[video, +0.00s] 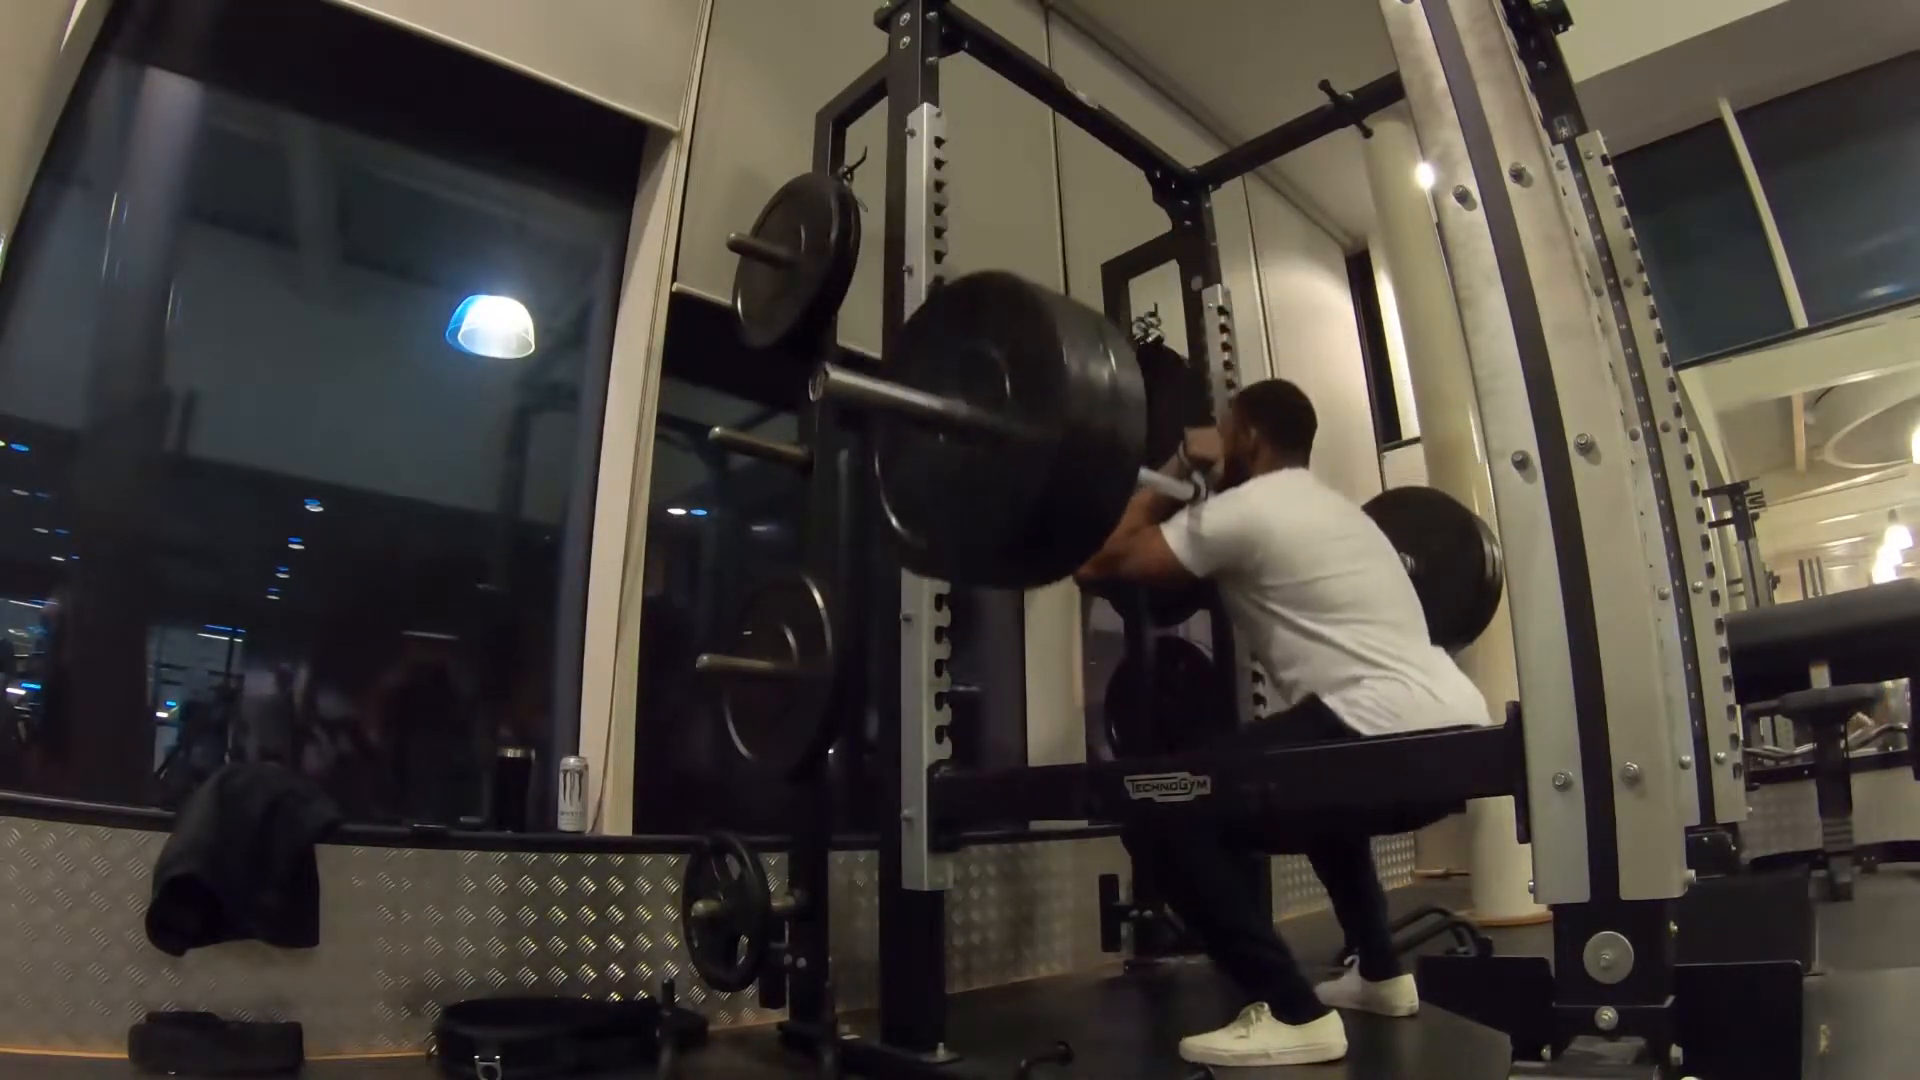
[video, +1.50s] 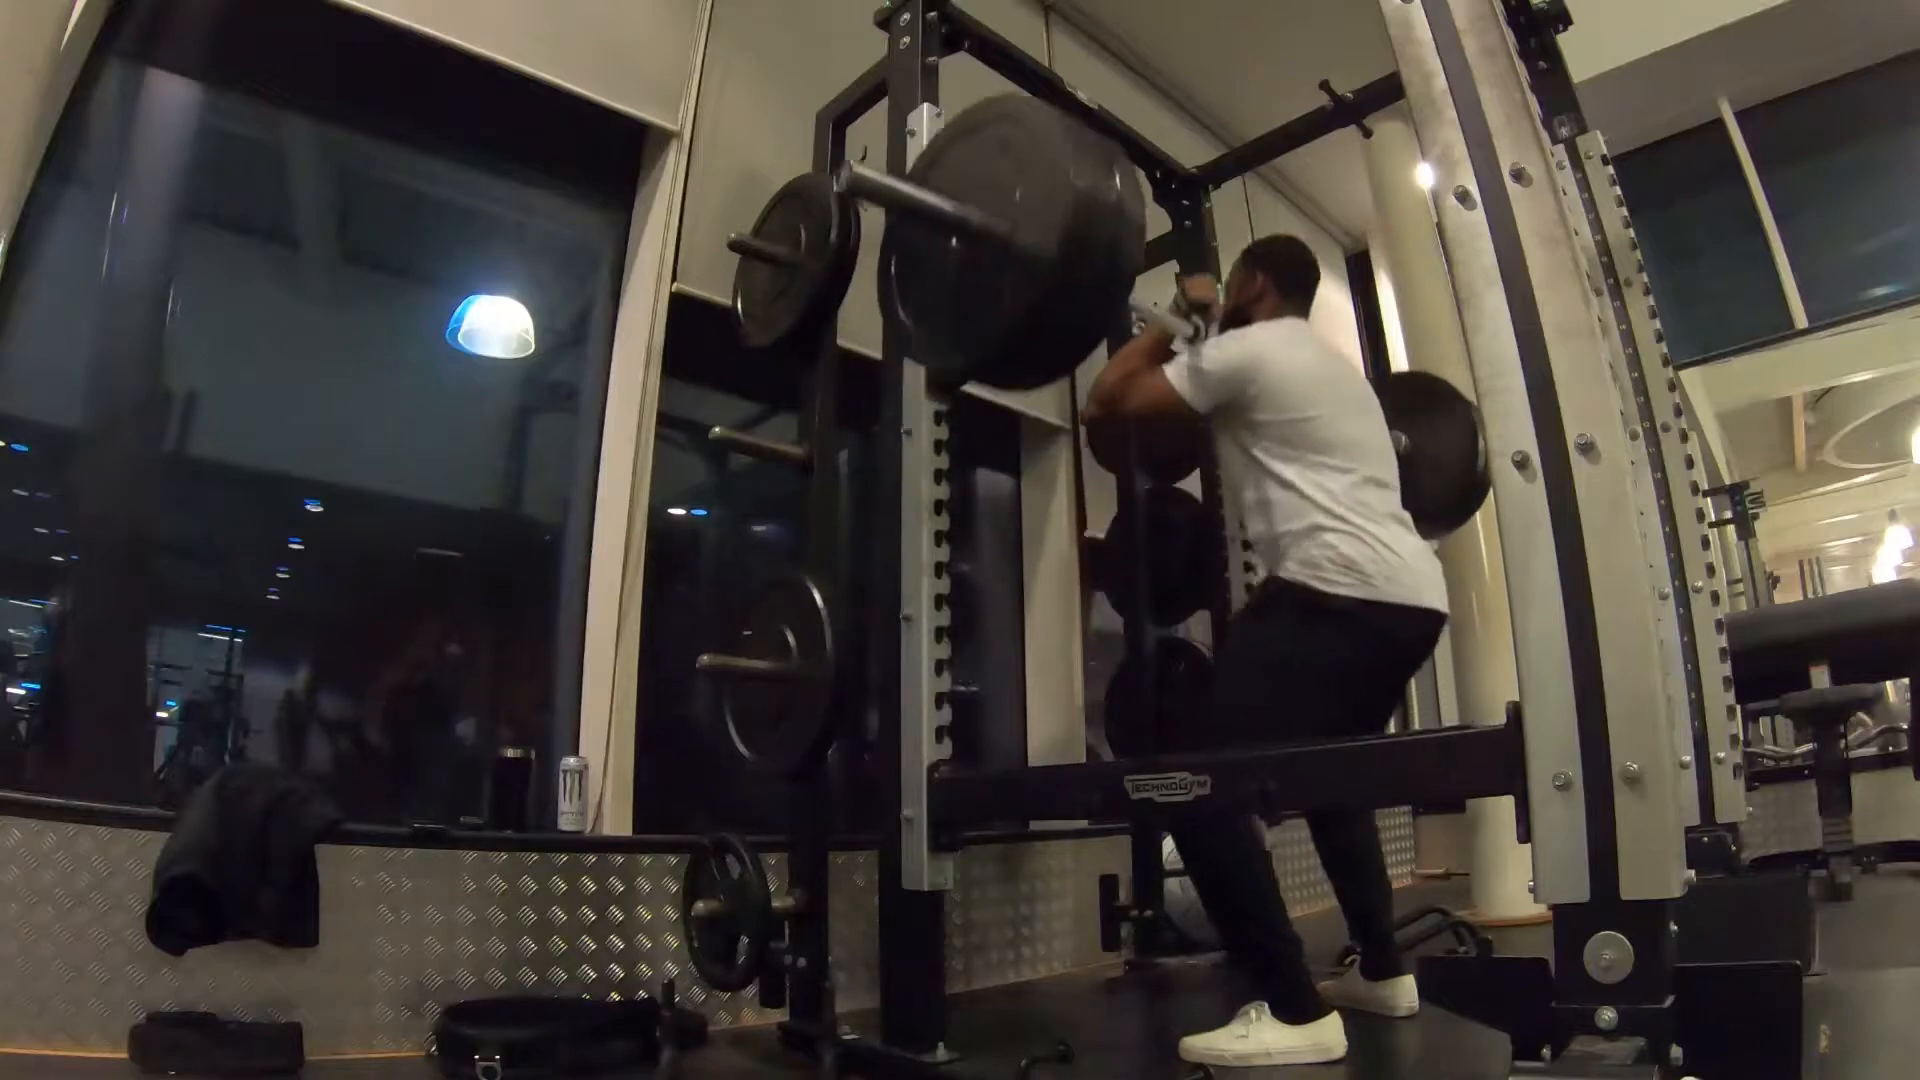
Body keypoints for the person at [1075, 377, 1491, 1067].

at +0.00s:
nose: (1219, 442)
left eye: (1227, 431)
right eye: (1221, 429)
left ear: (1253, 439)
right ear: (1298, 443)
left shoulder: (1245, 513)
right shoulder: (1334, 504)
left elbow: (1114, 556)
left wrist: (1166, 476)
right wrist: (1219, 470)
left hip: (1372, 734)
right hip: (1463, 732)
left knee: (1169, 803)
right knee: (1300, 781)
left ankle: (1294, 1013)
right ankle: (1382, 971)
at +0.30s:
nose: (1223, 516)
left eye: (1229, 505)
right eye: (1225, 506)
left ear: (1256, 512)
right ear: (1311, 513)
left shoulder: (1251, 590)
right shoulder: (1339, 575)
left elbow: (1125, 642)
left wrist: (1178, 546)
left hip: (1381, 838)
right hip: (1458, 838)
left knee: (1156, 825)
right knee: (1308, 784)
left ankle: (1291, 1012)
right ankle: (1381, 971)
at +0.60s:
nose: (1225, 537)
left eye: (1233, 525)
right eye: (1229, 525)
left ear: (1263, 535)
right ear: (1311, 539)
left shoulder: (1255, 615)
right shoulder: (1342, 599)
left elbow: (1136, 672)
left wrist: (1177, 578)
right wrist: (1209, 576)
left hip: (1394, 866)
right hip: (1464, 865)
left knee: (1156, 828)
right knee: (1298, 796)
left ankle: (1291, 1013)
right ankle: (1381, 970)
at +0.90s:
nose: (1220, 466)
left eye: (1227, 454)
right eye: (1222, 454)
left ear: (1253, 462)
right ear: (1299, 467)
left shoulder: (1249, 534)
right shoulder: (1335, 522)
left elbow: (1123, 590)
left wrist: (1167, 500)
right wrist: (1223, 498)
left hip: (1385, 765)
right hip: (1468, 758)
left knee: (1172, 812)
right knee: (1300, 778)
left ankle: (1294, 1014)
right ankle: (1381, 971)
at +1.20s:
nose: (1221, 384)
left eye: (1227, 372)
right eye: (1223, 371)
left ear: (1252, 379)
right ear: (1300, 387)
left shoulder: (1247, 450)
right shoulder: (1337, 449)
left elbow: (1105, 496)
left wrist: (1167, 420)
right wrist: (1221, 413)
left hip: (1362, 670)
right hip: (1451, 682)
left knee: (1173, 794)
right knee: (1315, 779)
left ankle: (1292, 1011)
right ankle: (1381, 968)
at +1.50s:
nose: (1223, 301)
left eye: (1231, 288)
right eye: (1227, 290)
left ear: (1259, 287)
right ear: (1302, 297)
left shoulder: (1252, 353)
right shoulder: (1336, 367)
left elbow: (1109, 400)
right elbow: (1180, 445)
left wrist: (1173, 324)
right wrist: (1192, 341)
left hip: (1328, 597)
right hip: (1408, 603)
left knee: (1195, 783)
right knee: (1326, 773)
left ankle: (1293, 1010)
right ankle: (1383, 969)